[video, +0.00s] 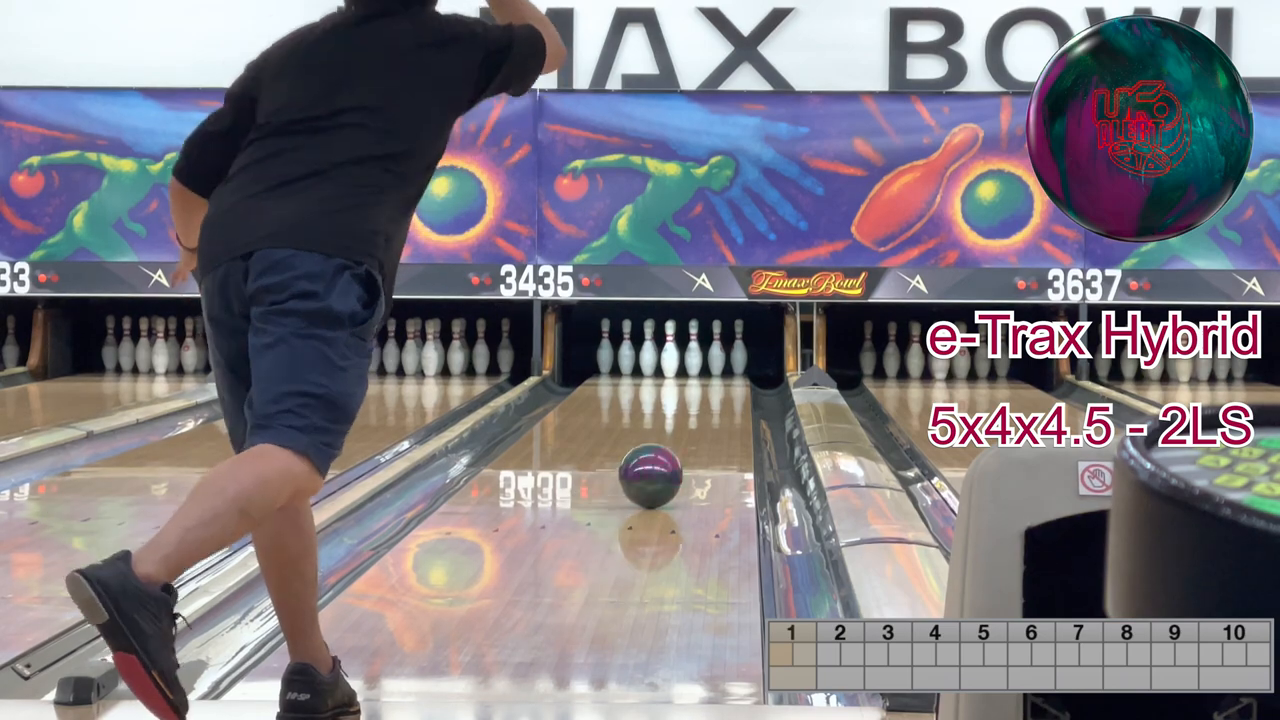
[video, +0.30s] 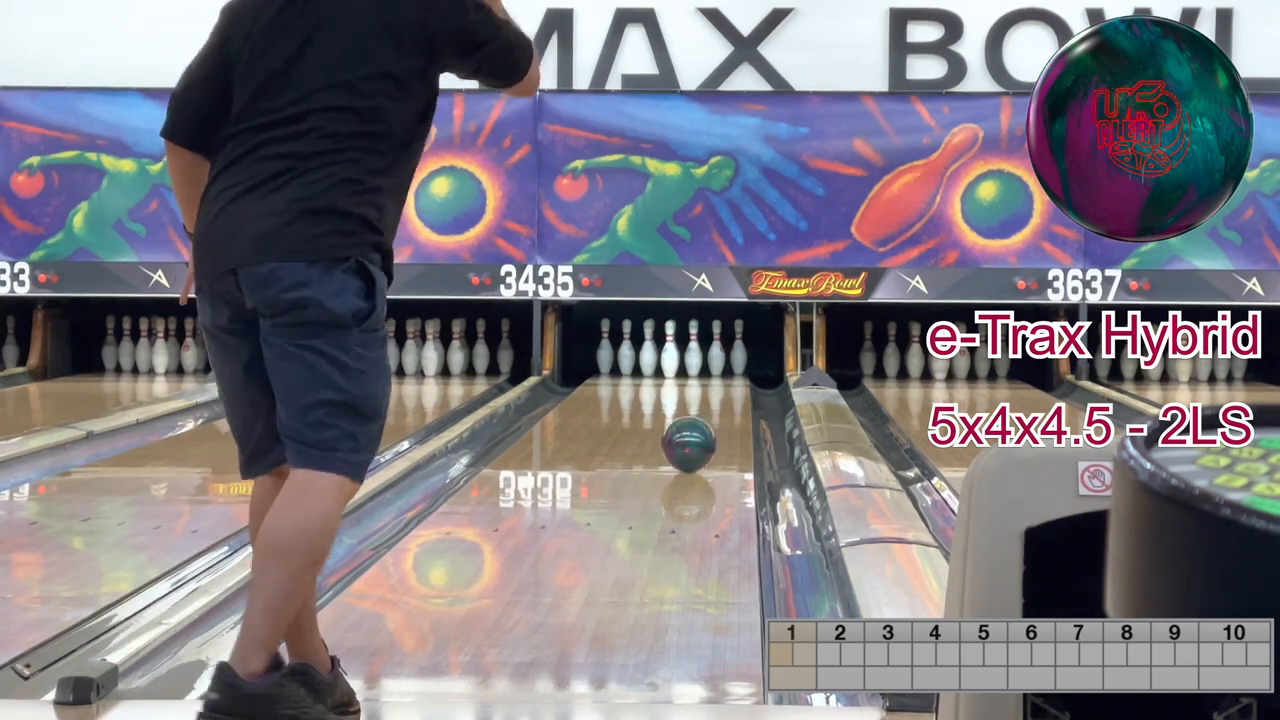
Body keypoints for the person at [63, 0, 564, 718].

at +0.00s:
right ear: (425, 2)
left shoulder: (284, 53)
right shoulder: (444, 39)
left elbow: (193, 174)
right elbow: (546, 49)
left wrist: (201, 257)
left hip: (225, 254)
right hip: (320, 248)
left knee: (276, 468)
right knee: (296, 450)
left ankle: (312, 671)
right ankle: (141, 577)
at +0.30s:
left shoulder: (254, 7)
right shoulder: (424, 2)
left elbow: (185, 131)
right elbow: (521, 71)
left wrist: (207, 251)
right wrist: (479, 5)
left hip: (223, 251)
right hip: (321, 244)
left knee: (272, 466)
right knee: (326, 459)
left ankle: (310, 667)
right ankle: (247, 673)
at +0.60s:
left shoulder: (220, 3)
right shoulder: (405, 3)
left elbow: (178, 135)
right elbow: (463, 127)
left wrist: (191, 257)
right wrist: (479, 102)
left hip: (223, 250)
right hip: (331, 243)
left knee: (270, 472)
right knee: (324, 478)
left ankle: (309, 662)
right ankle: (269, 697)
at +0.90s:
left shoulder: (198, 2)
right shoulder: (397, 0)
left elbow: (160, 124)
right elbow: (436, 118)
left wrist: (164, 255)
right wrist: (459, 202)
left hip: (224, 254)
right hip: (337, 258)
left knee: (250, 458)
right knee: (307, 479)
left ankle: (253, 667)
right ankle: (271, 695)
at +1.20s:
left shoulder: (187, 2)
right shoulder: (393, 3)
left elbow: (150, 121)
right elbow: (419, 127)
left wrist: (152, 250)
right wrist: (438, 245)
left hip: (207, 257)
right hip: (322, 266)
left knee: (217, 451)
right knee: (296, 482)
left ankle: (189, 668)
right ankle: (271, 696)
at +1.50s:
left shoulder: (177, 2)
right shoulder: (386, 3)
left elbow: (141, 120)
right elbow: (410, 130)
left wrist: (151, 250)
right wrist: (434, 262)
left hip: (197, 257)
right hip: (316, 266)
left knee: (200, 452)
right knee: (292, 482)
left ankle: (177, 672)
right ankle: (271, 695)